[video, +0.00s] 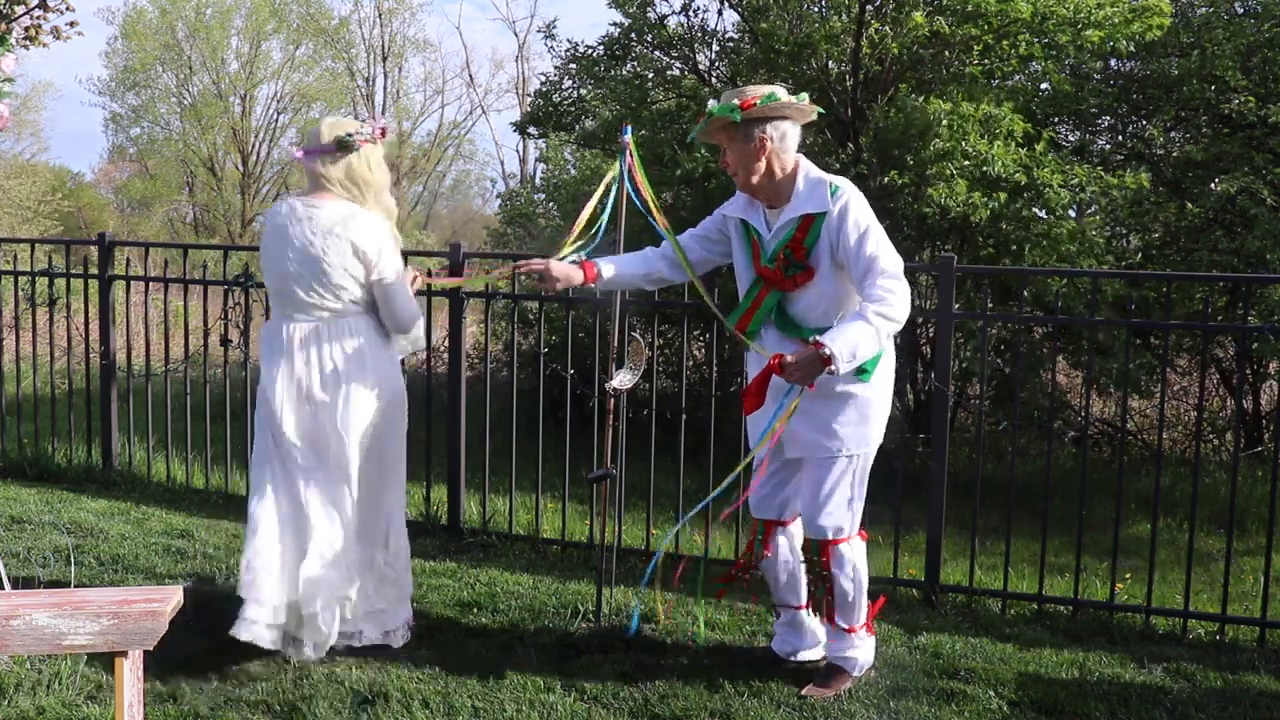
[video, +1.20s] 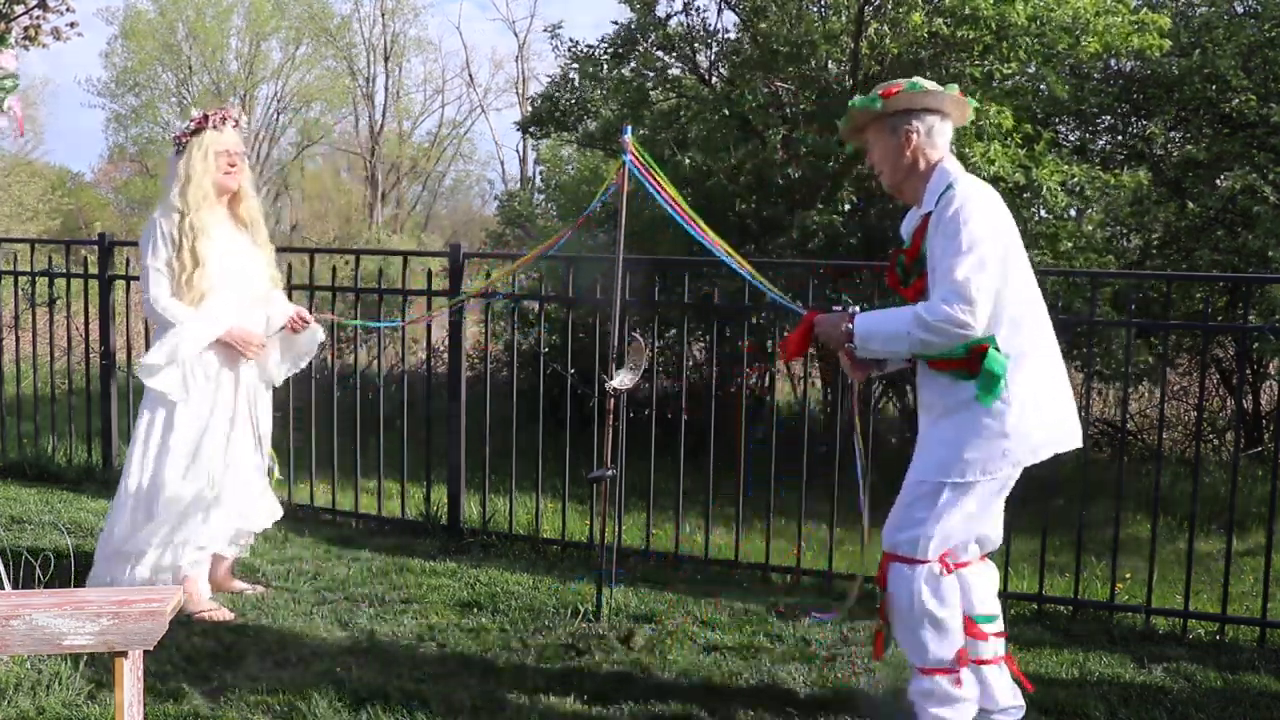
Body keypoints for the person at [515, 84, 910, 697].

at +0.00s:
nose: (719, 161)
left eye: (725, 147)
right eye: (717, 149)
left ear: (766, 143)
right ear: (759, 147)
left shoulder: (839, 203)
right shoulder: (738, 214)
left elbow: (890, 295)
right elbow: (671, 258)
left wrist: (829, 351)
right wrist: (581, 271)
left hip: (847, 380)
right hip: (775, 376)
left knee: (831, 517)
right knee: (773, 514)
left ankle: (850, 655)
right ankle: (797, 644)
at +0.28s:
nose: (720, 166)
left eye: (725, 152)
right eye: (717, 154)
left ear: (765, 145)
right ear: (759, 149)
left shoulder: (837, 207)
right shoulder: (751, 218)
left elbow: (881, 307)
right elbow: (717, 296)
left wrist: (814, 362)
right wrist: (641, 332)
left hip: (845, 387)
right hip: (781, 386)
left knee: (825, 522)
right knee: (769, 513)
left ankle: (877, 690)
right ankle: (800, 639)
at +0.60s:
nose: (760, 159)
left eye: (764, 144)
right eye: (759, 145)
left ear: (802, 140)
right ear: (804, 140)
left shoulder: (869, 207)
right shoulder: (812, 217)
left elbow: (890, 324)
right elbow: (804, 321)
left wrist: (790, 361)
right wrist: (743, 366)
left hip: (883, 406)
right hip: (833, 403)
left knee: (861, 552)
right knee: (806, 521)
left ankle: (880, 701)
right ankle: (805, 641)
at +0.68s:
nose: (773, 158)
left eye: (776, 142)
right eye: (770, 144)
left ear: (815, 139)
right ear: (817, 140)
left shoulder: (877, 205)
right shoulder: (830, 213)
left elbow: (886, 325)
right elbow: (828, 319)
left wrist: (792, 355)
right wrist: (769, 352)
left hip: (893, 412)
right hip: (846, 408)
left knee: (867, 557)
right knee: (811, 518)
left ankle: (882, 703)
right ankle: (841, 642)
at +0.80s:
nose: (795, 158)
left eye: (798, 141)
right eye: (791, 143)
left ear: (837, 133)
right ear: (839, 135)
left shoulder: (895, 204)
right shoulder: (853, 209)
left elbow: (899, 324)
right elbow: (862, 322)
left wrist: (796, 346)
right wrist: (792, 352)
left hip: (904, 417)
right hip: (865, 412)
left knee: (870, 555)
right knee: (841, 528)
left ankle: (879, 702)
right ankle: (934, 651)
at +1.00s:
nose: (828, 154)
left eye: (833, 138)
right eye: (827, 141)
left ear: (873, 135)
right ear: (879, 137)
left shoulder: (924, 206)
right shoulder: (898, 209)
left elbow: (930, 320)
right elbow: (907, 328)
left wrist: (824, 335)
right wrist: (838, 354)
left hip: (928, 429)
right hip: (935, 424)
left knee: (887, 559)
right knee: (940, 554)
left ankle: (881, 703)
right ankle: (991, 694)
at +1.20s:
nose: (867, 165)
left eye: (871, 148)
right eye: (864, 151)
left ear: (913, 140)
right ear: (917, 143)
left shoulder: (964, 205)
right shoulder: (940, 211)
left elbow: (962, 316)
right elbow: (950, 327)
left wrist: (856, 328)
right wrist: (878, 353)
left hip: (982, 414)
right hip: (980, 414)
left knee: (914, 547)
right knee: (962, 551)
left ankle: (942, 701)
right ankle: (994, 696)